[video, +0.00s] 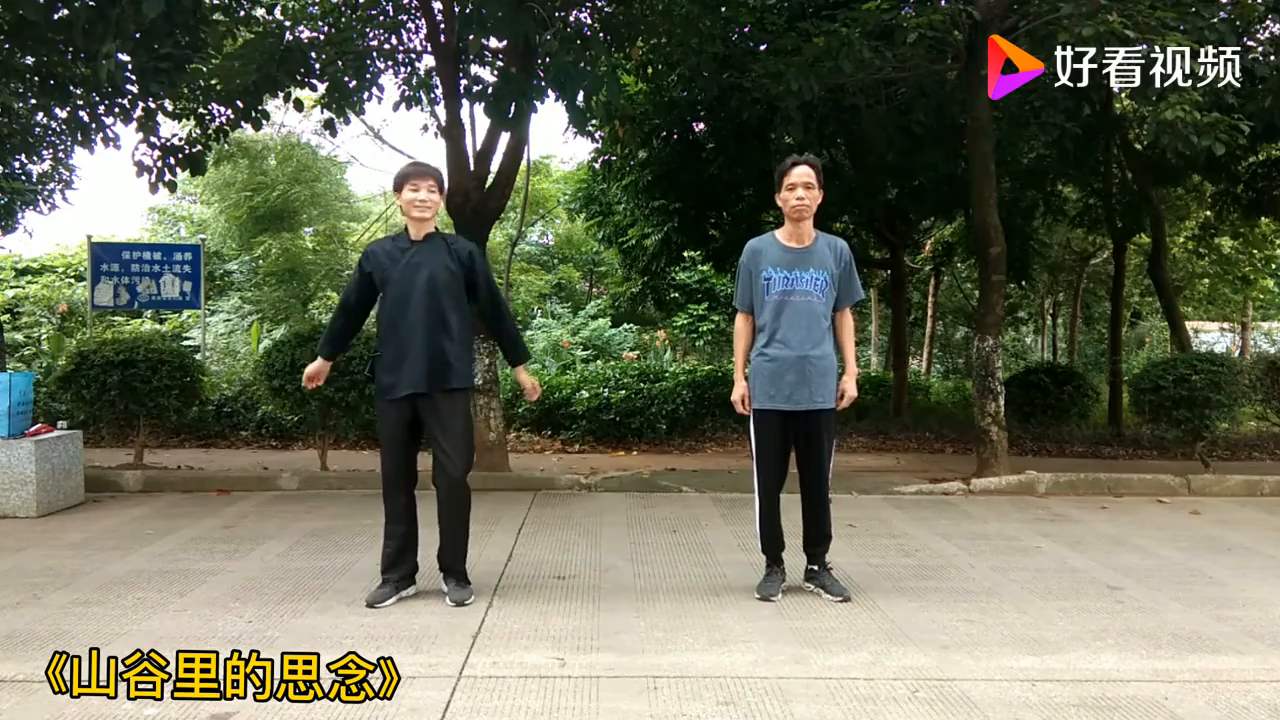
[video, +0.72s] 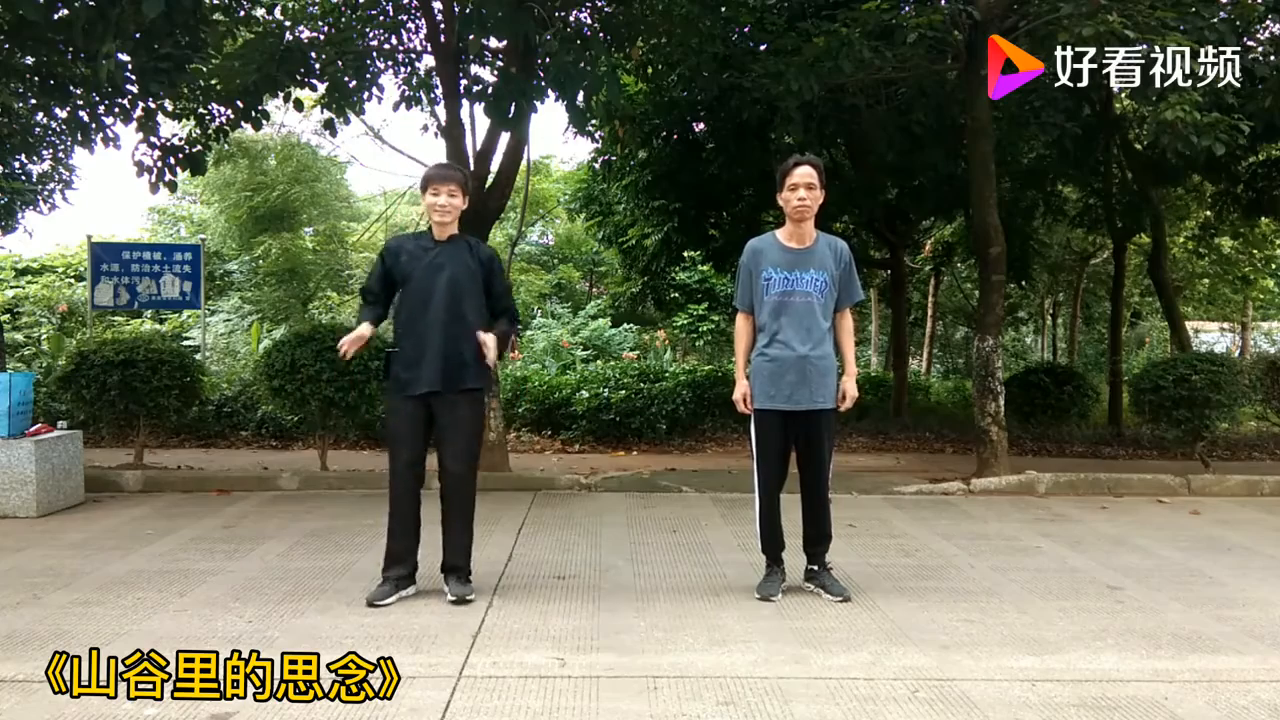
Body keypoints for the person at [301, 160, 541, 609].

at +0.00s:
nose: (423, 196)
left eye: (431, 190)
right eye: (413, 189)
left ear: (441, 199)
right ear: (398, 199)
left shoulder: (462, 251)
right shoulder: (379, 254)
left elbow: (494, 308)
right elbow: (350, 309)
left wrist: (520, 365)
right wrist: (325, 357)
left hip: (449, 383)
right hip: (394, 383)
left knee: (453, 479)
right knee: (395, 481)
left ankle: (455, 574)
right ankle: (398, 575)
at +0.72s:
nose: (443, 201)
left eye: (452, 194)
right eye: (436, 193)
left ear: (465, 201)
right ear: (423, 199)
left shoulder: (481, 255)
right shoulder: (398, 249)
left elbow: (505, 313)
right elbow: (375, 298)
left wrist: (495, 335)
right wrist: (366, 324)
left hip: (463, 382)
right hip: (407, 380)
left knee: (458, 480)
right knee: (403, 477)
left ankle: (457, 574)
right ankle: (398, 574)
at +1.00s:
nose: (438, 212)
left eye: (447, 204)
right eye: (430, 205)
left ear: (459, 211)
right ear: (418, 211)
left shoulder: (483, 263)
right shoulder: (400, 263)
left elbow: (495, 323)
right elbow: (386, 325)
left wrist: (445, 308)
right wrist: (416, 313)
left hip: (467, 388)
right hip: (413, 388)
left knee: (463, 480)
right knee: (396, 475)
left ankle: (456, 574)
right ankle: (400, 575)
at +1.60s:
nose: (424, 208)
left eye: (432, 200)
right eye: (415, 200)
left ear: (445, 207)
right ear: (403, 207)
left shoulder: (469, 262)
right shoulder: (382, 262)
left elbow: (481, 328)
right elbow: (364, 328)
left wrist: (455, 373)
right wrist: (383, 371)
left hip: (451, 386)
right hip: (396, 387)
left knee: (459, 480)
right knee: (395, 485)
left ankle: (455, 574)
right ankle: (404, 575)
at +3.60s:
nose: (443, 199)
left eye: (450, 192)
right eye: (434, 191)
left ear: (458, 199)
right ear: (415, 197)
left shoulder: (475, 253)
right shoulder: (390, 252)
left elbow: (489, 321)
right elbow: (374, 321)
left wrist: (486, 382)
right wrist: (372, 380)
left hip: (463, 383)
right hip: (407, 384)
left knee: (463, 481)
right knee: (411, 483)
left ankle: (464, 572)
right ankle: (412, 576)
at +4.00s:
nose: (435, 198)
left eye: (444, 191)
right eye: (427, 190)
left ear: (456, 198)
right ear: (414, 197)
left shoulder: (476, 249)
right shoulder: (398, 252)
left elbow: (513, 306)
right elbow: (377, 307)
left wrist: (531, 362)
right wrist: (349, 340)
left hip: (461, 382)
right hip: (408, 382)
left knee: (460, 481)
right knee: (410, 482)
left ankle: (462, 572)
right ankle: (412, 576)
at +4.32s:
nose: (426, 194)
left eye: (435, 187)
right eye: (419, 187)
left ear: (449, 193)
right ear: (408, 192)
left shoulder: (471, 245)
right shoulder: (388, 248)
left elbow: (499, 306)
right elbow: (368, 309)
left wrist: (516, 364)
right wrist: (352, 361)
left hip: (462, 362)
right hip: (412, 366)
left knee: (450, 422)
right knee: (417, 470)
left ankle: (453, 524)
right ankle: (421, 573)